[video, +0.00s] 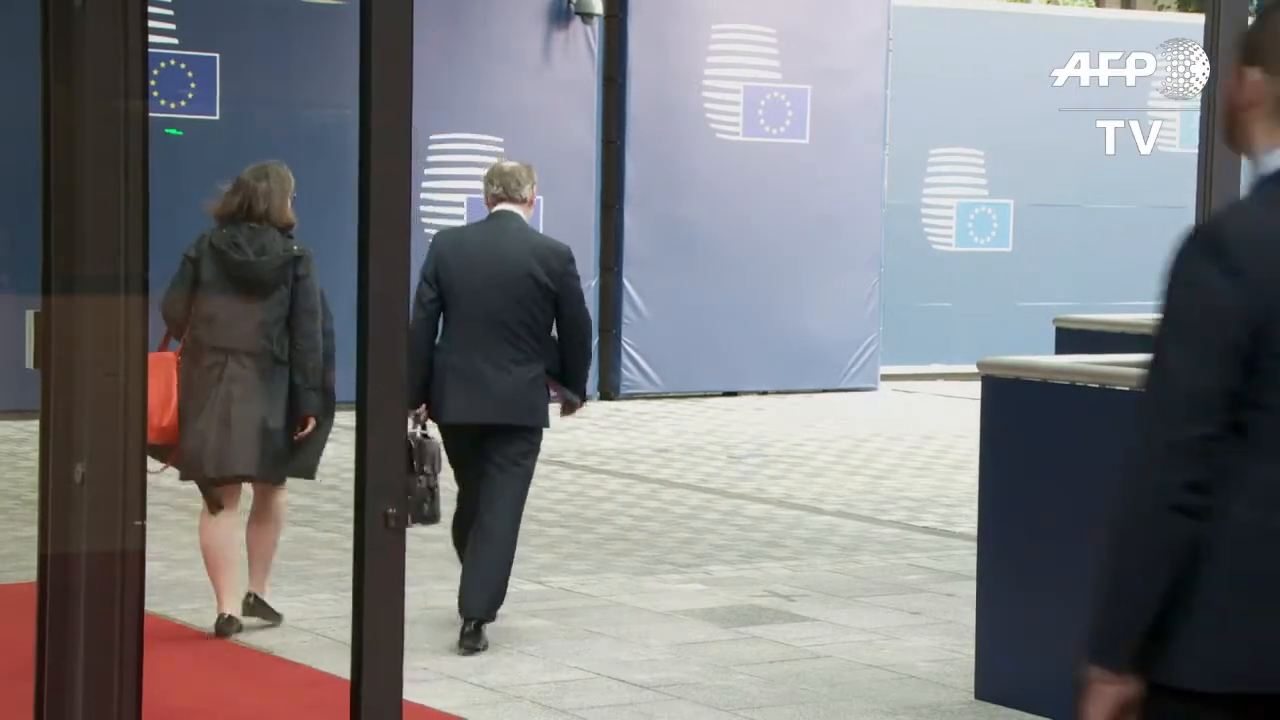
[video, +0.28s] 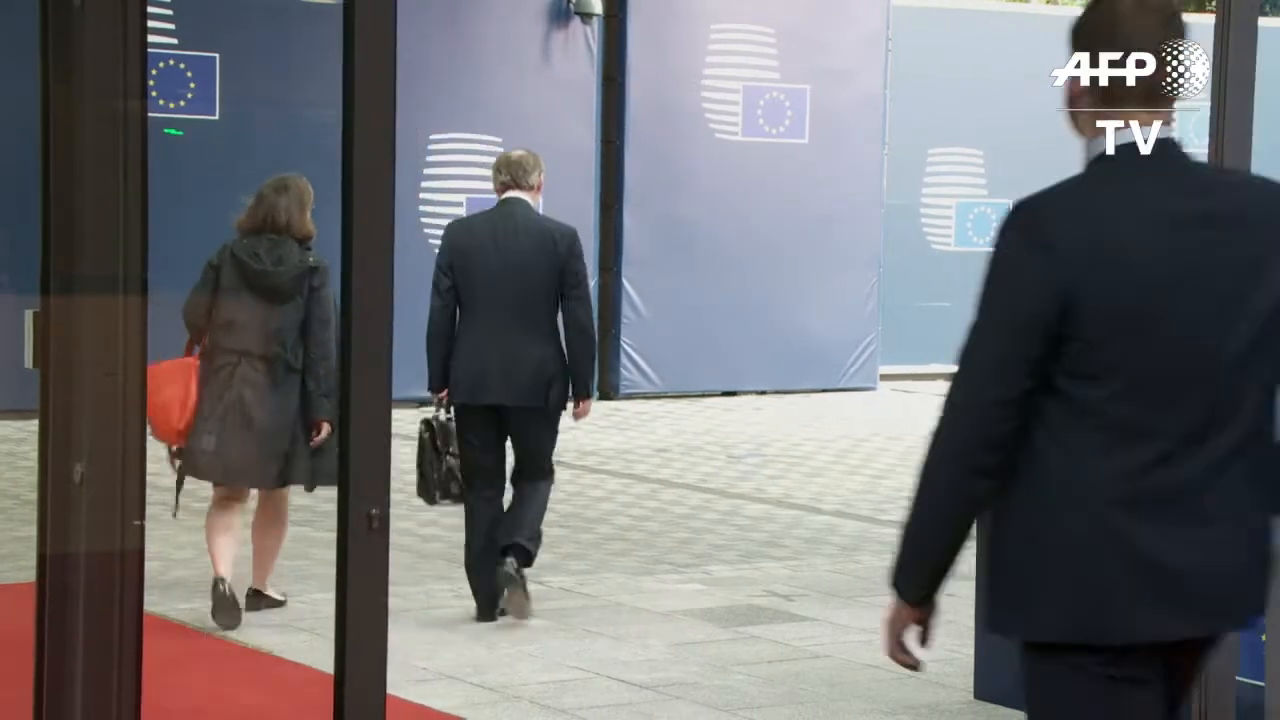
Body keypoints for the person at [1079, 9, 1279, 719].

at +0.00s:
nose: (1226, 92)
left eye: (1232, 76)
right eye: (1231, 75)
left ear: (1252, 88)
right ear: (1265, 93)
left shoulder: (1238, 247)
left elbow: (1173, 462)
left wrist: (1114, 655)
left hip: (1234, 642)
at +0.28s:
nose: (1065, 89)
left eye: (1069, 76)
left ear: (1074, 91)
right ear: (1175, 86)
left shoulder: (1048, 224)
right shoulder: (1260, 211)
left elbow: (982, 417)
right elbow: (1261, 405)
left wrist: (916, 580)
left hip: (1077, 591)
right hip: (1212, 582)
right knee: (1153, 702)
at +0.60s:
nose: (918, 107)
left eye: (924, 88)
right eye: (923, 88)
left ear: (946, 92)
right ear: (1024, 105)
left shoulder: (911, 219)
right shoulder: (1098, 238)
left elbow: (846, 401)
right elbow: (1121, 416)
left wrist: (793, 563)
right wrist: (1058, 528)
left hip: (914, 572)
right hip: (1029, 573)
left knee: (910, 706)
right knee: (979, 706)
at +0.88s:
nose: (798, 96)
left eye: (806, 78)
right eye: (804, 79)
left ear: (836, 86)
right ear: (897, 98)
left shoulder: (809, 207)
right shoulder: (963, 226)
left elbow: (755, 386)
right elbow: (989, 391)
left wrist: (698, 544)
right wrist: (930, 503)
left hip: (785, 551)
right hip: (899, 551)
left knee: (700, 709)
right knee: (893, 714)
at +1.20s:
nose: (634, 107)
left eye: (639, 93)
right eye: (639, 92)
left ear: (662, 102)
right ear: (732, 107)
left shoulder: (640, 227)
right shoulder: (803, 221)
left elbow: (596, 400)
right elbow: (881, 340)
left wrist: (551, 549)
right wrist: (831, 454)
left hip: (635, 553)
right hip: (757, 552)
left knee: (594, 709)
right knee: (765, 708)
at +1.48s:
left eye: (558, 90)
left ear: (559, 98)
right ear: (647, 93)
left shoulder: (536, 208)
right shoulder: (713, 205)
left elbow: (481, 365)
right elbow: (776, 340)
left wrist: (436, 503)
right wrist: (729, 447)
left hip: (565, 508)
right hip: (676, 500)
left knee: (567, 704)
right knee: (622, 683)